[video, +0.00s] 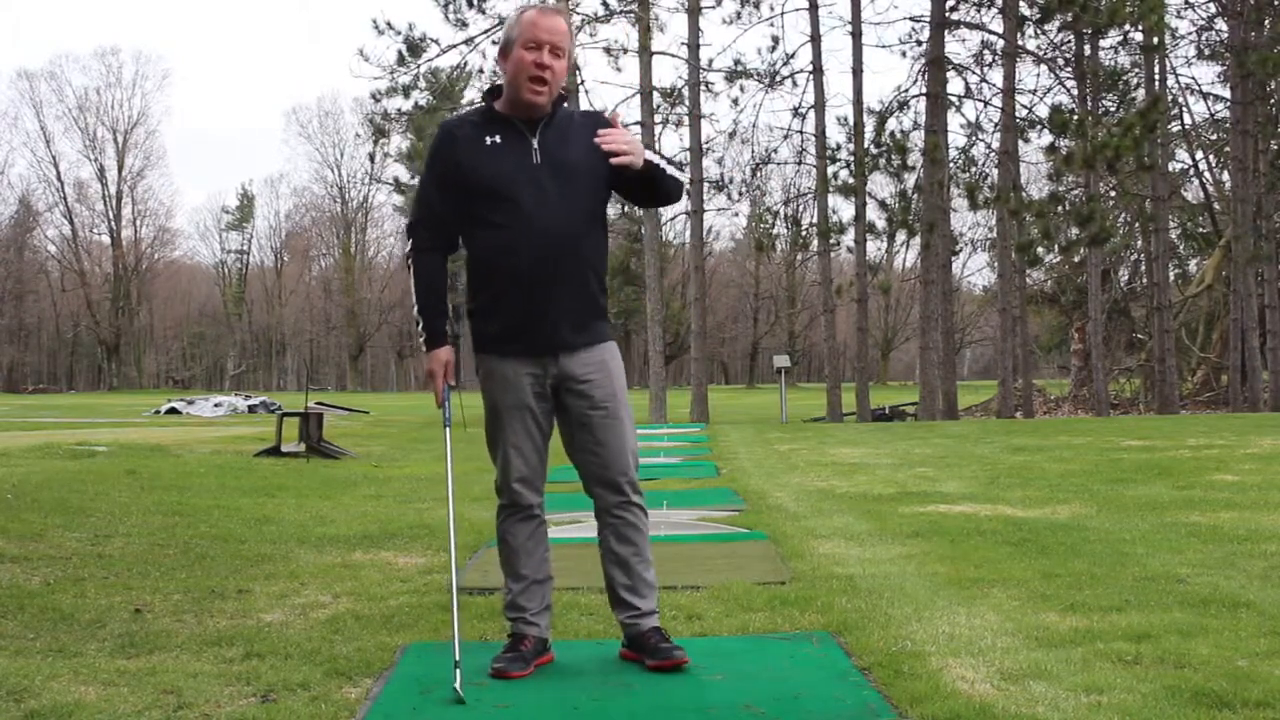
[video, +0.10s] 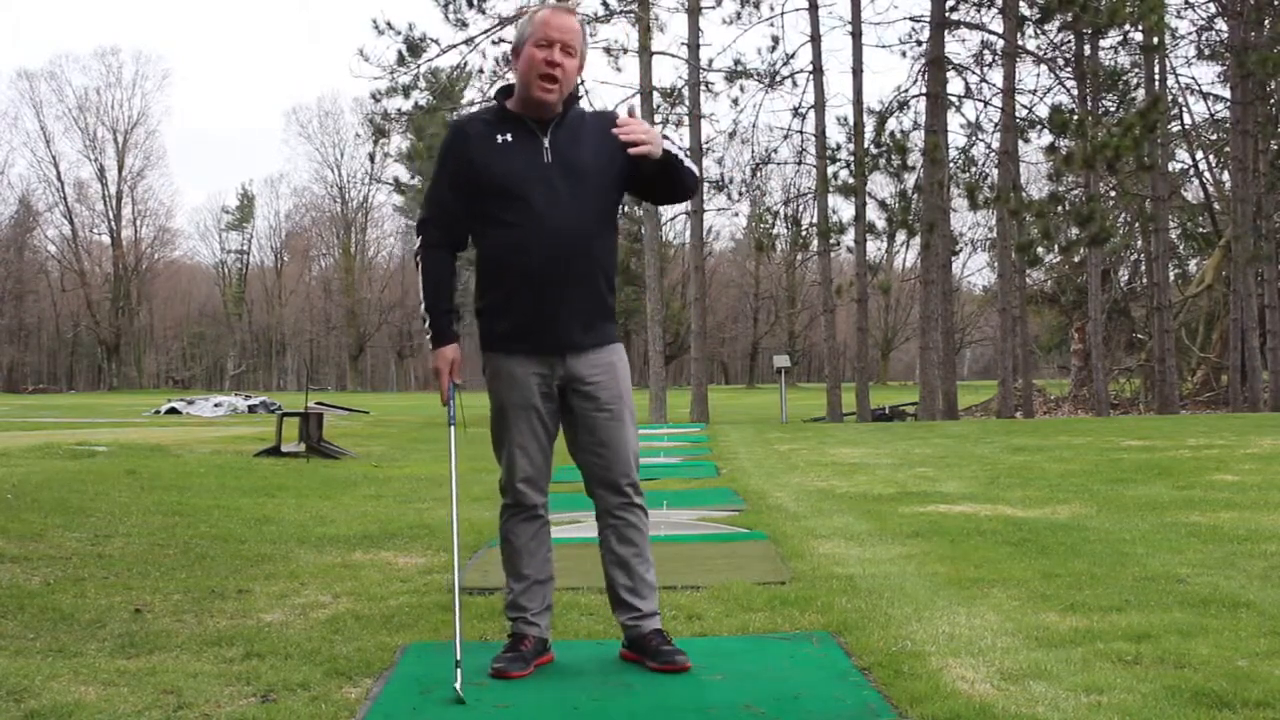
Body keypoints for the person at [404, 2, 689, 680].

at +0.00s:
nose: (543, 61)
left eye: (556, 52)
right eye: (531, 47)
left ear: (569, 66)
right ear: (503, 56)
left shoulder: (594, 130)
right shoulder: (460, 138)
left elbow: (664, 194)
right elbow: (428, 239)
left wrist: (642, 163)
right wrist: (437, 337)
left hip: (587, 338)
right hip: (505, 346)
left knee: (620, 486)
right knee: (519, 495)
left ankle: (642, 626)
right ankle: (527, 631)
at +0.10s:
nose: (554, 59)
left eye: (567, 50)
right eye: (542, 46)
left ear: (581, 65)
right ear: (515, 54)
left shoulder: (607, 135)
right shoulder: (471, 137)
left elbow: (680, 191)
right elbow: (438, 237)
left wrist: (660, 154)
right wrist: (443, 334)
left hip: (595, 341)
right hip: (513, 346)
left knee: (620, 489)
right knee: (523, 495)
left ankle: (643, 629)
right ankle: (529, 632)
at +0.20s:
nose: (567, 57)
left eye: (581, 50)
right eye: (556, 44)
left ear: (594, 67)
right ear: (529, 53)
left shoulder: (620, 135)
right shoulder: (484, 135)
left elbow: (690, 186)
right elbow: (450, 234)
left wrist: (682, 141)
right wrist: (451, 332)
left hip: (606, 341)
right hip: (524, 345)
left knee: (626, 490)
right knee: (529, 496)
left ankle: (644, 629)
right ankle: (529, 631)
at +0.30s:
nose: (582, 57)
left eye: (596, 49)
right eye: (571, 43)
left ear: (608, 66)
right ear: (543, 52)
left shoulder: (633, 135)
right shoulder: (496, 134)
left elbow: (704, 182)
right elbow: (462, 235)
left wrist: (712, 132)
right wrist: (463, 332)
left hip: (617, 341)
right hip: (534, 345)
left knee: (631, 492)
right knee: (534, 496)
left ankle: (644, 629)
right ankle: (529, 631)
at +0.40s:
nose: (597, 57)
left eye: (611, 50)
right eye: (587, 43)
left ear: (623, 66)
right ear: (559, 50)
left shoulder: (649, 137)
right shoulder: (510, 132)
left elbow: (720, 181)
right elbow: (473, 234)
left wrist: (741, 140)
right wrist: (476, 328)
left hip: (629, 344)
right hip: (545, 345)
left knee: (636, 494)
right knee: (539, 495)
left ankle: (644, 628)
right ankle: (530, 630)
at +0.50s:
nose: (611, 57)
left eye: (625, 50)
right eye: (601, 43)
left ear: (639, 66)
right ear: (573, 50)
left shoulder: (663, 137)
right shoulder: (525, 130)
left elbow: (732, 176)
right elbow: (488, 231)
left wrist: (768, 148)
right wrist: (487, 326)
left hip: (640, 341)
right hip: (556, 342)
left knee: (643, 495)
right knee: (545, 495)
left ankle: (645, 630)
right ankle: (530, 631)